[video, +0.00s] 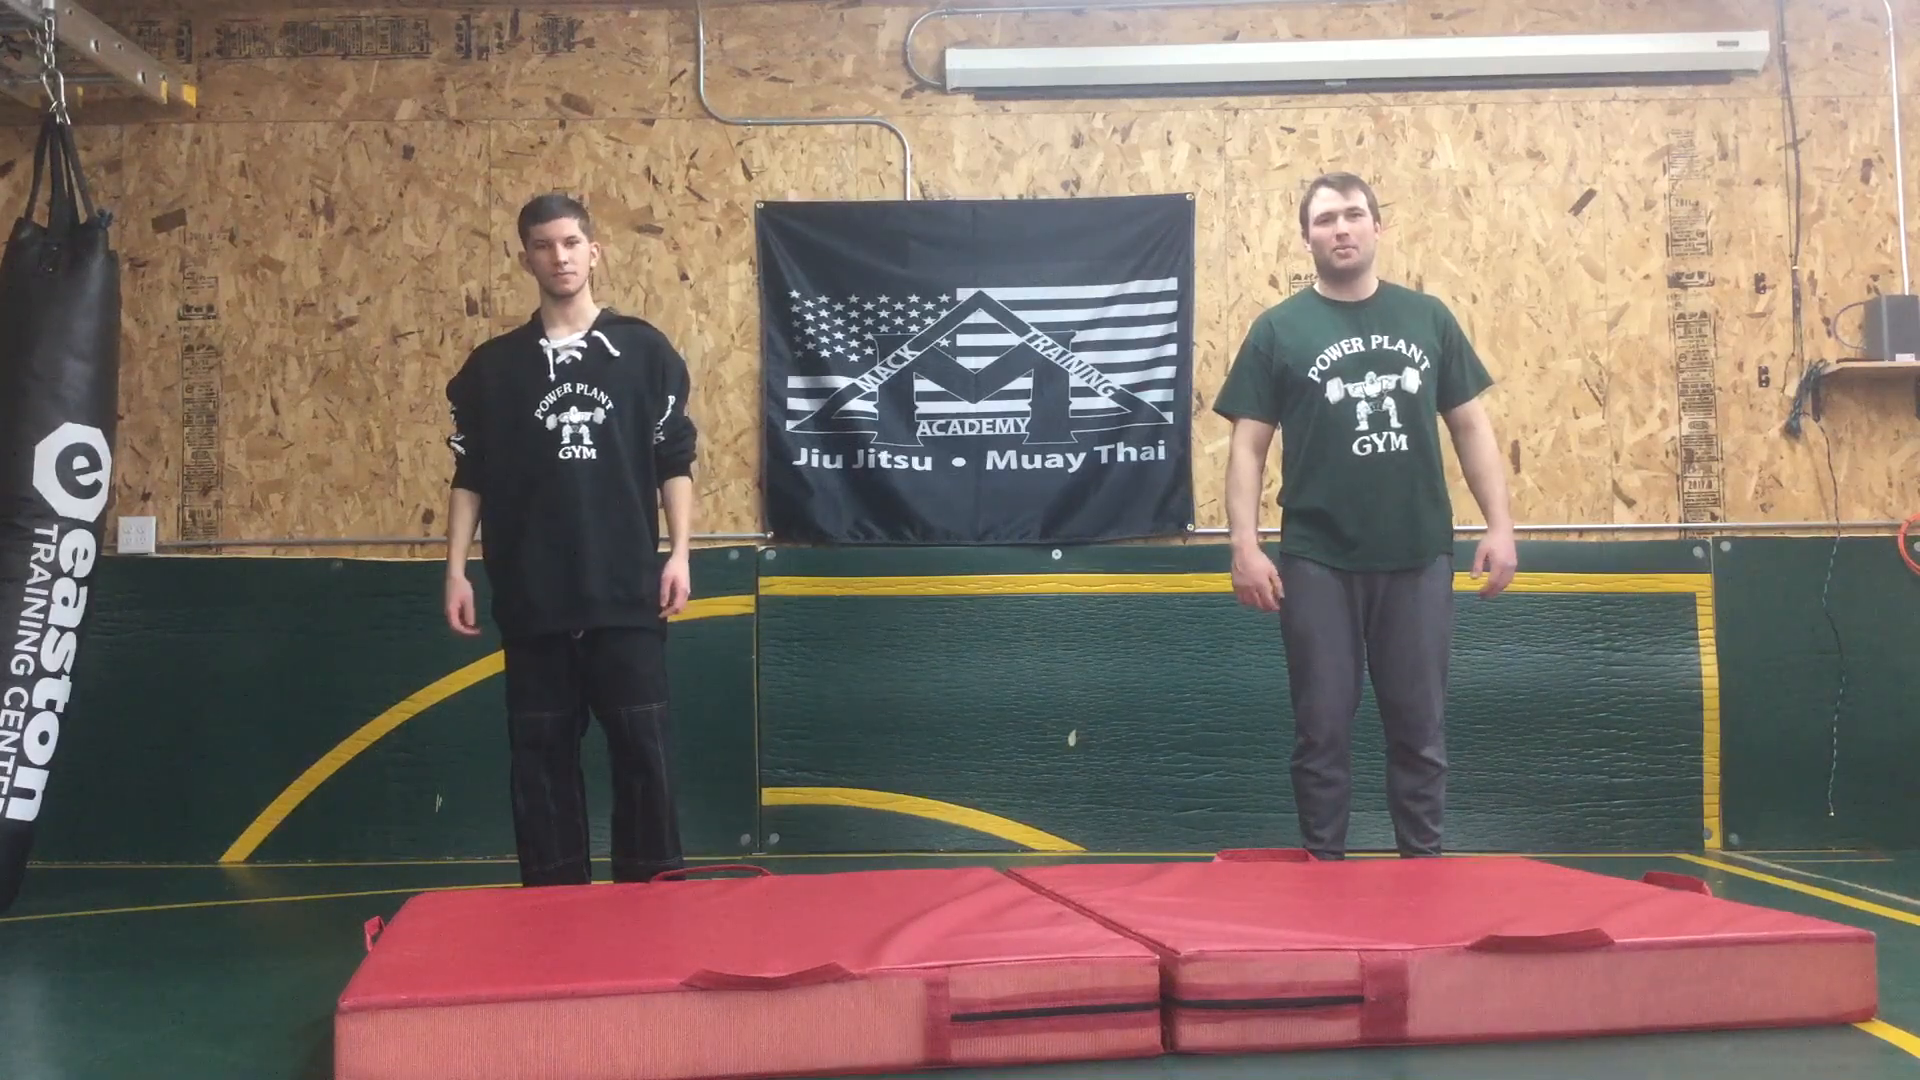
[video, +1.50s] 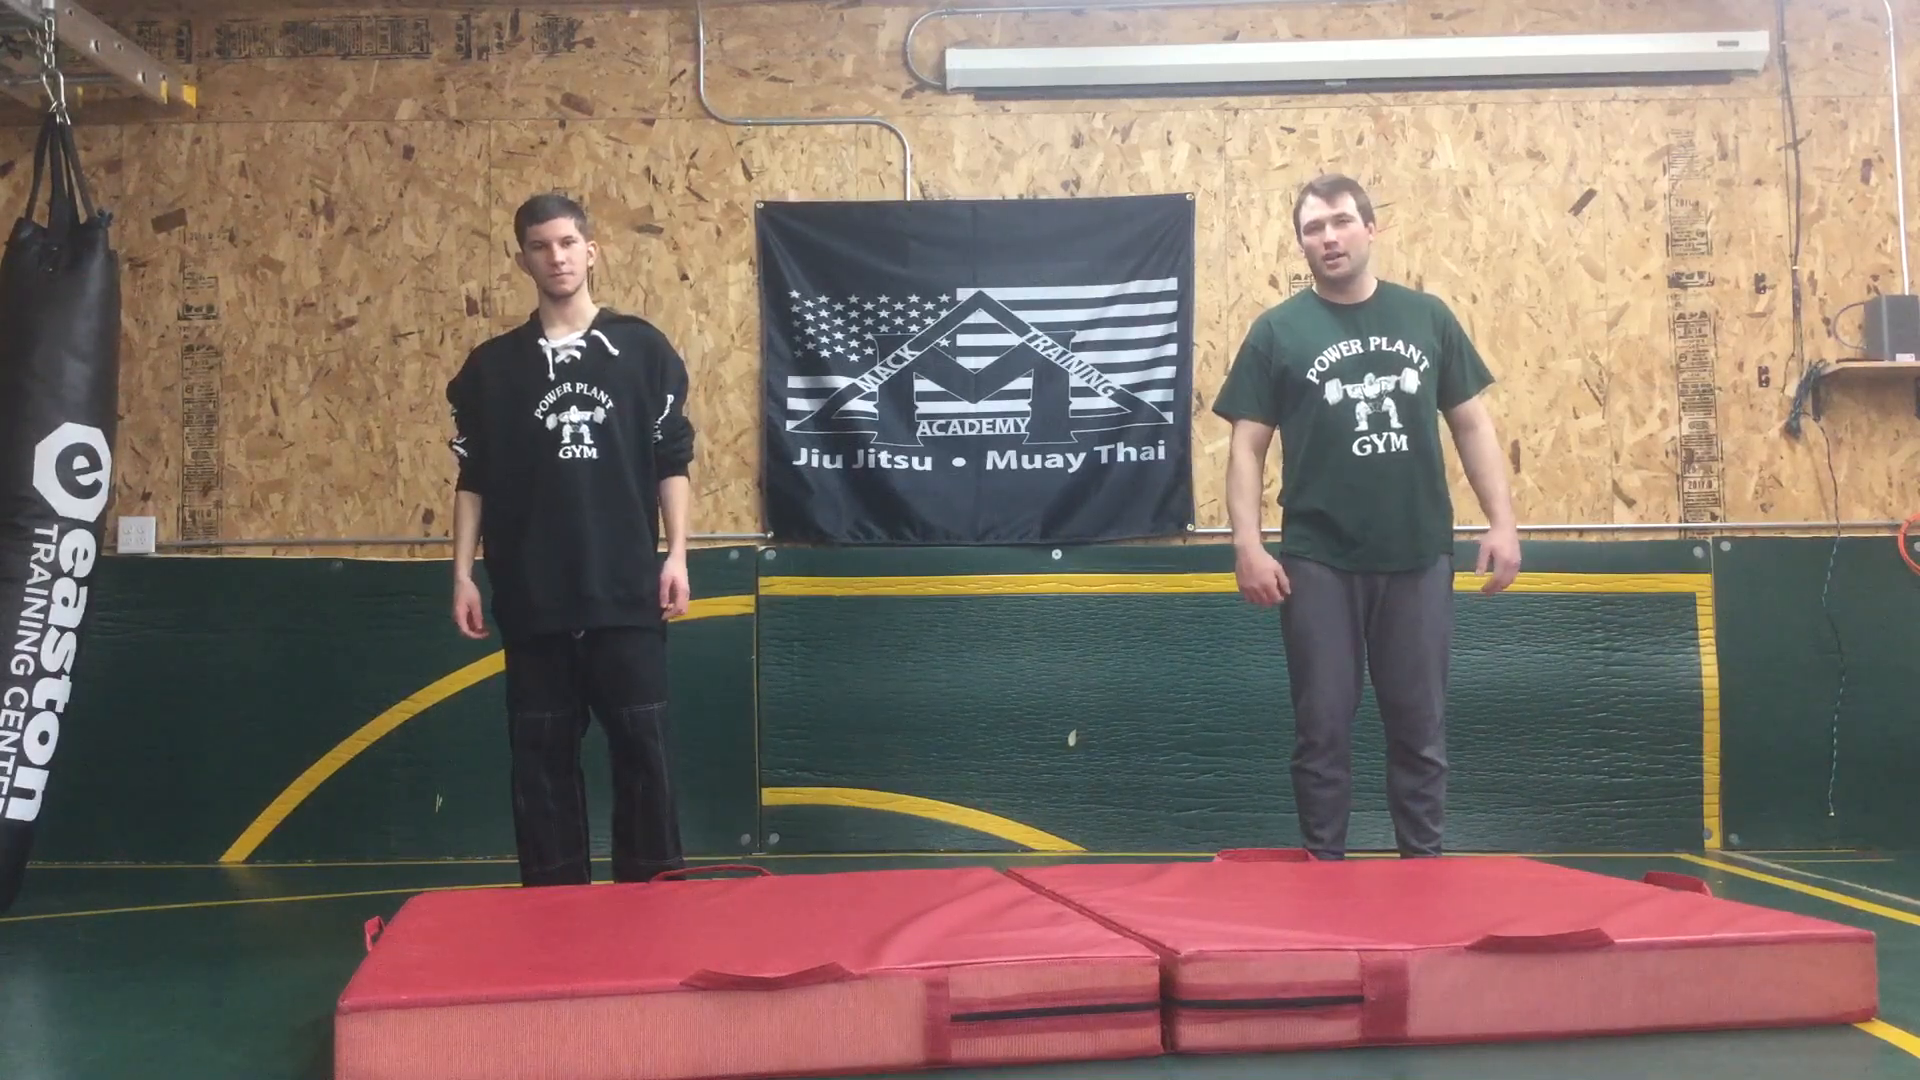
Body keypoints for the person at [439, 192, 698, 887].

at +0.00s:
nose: (559, 257)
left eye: (570, 242)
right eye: (544, 247)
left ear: (593, 250)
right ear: (527, 260)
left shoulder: (643, 349)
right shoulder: (490, 365)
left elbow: (674, 458)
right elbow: (469, 474)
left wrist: (680, 551)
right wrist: (457, 568)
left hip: (626, 584)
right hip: (530, 591)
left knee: (643, 753)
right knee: (542, 761)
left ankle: (652, 904)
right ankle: (553, 911)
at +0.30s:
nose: (557, 256)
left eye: (568, 242)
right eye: (542, 246)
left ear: (592, 250)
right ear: (525, 260)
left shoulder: (642, 348)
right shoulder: (489, 364)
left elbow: (673, 459)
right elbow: (469, 475)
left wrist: (678, 552)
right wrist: (459, 570)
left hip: (625, 585)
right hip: (529, 591)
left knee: (643, 754)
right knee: (542, 762)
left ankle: (652, 904)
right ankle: (553, 912)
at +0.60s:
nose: (557, 257)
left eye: (568, 242)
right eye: (542, 246)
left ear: (591, 250)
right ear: (525, 259)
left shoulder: (642, 347)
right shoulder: (489, 365)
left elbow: (674, 458)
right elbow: (471, 477)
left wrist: (679, 552)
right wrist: (460, 575)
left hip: (625, 585)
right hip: (530, 592)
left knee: (643, 757)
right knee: (542, 765)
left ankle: (652, 907)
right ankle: (554, 914)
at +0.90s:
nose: (557, 257)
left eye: (568, 242)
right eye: (541, 246)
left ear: (591, 249)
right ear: (524, 260)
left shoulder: (642, 346)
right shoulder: (489, 364)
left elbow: (674, 457)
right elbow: (471, 476)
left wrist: (679, 551)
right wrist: (459, 570)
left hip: (625, 582)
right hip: (529, 589)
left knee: (642, 751)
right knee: (542, 759)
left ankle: (652, 901)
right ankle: (553, 909)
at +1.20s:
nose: (558, 257)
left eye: (568, 242)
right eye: (542, 247)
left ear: (590, 249)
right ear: (525, 261)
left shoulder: (643, 347)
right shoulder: (489, 365)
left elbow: (672, 460)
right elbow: (473, 479)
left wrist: (676, 553)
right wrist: (462, 575)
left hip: (626, 585)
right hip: (531, 591)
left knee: (643, 752)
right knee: (542, 761)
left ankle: (652, 901)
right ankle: (554, 909)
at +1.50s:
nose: (557, 257)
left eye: (567, 242)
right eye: (541, 248)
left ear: (590, 250)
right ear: (524, 262)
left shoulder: (643, 347)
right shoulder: (489, 365)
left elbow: (672, 459)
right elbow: (472, 478)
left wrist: (677, 553)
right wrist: (463, 573)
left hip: (626, 583)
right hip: (530, 590)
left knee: (643, 752)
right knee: (542, 761)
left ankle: (653, 903)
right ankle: (554, 911)